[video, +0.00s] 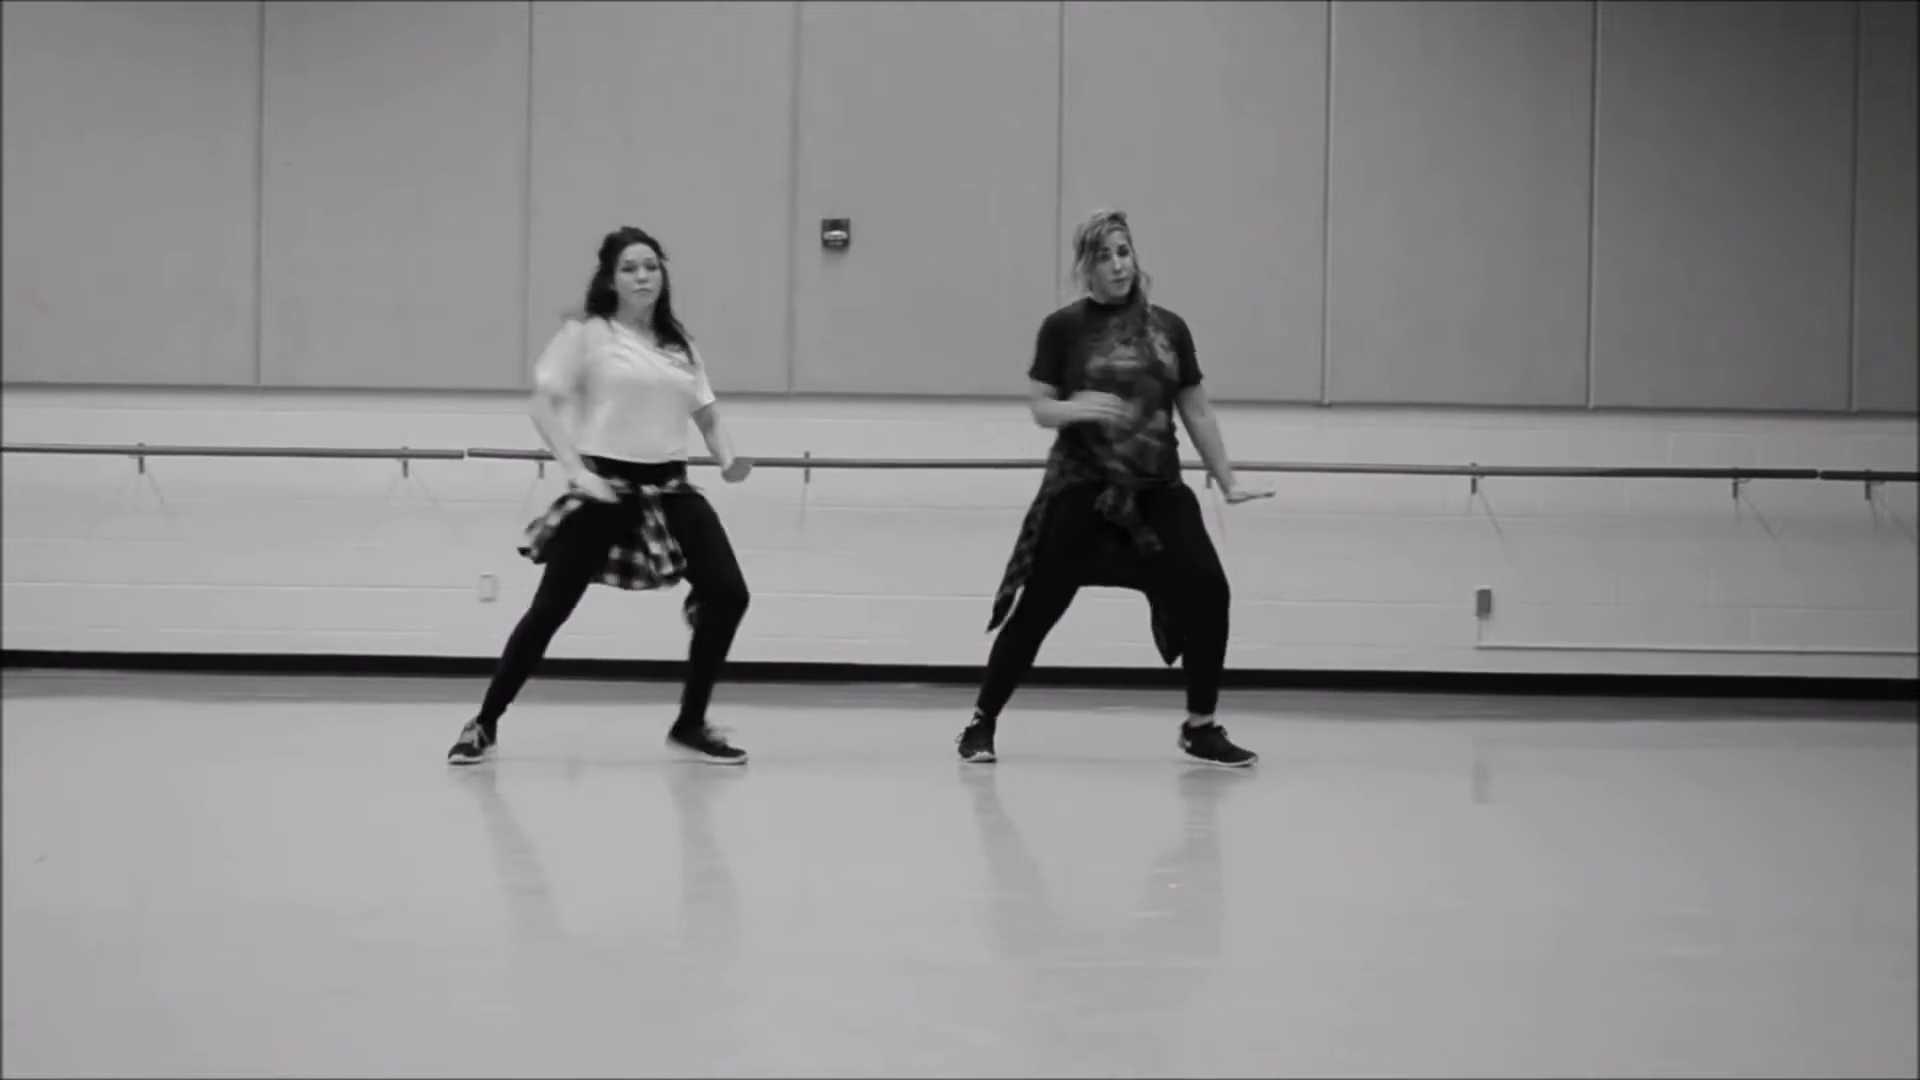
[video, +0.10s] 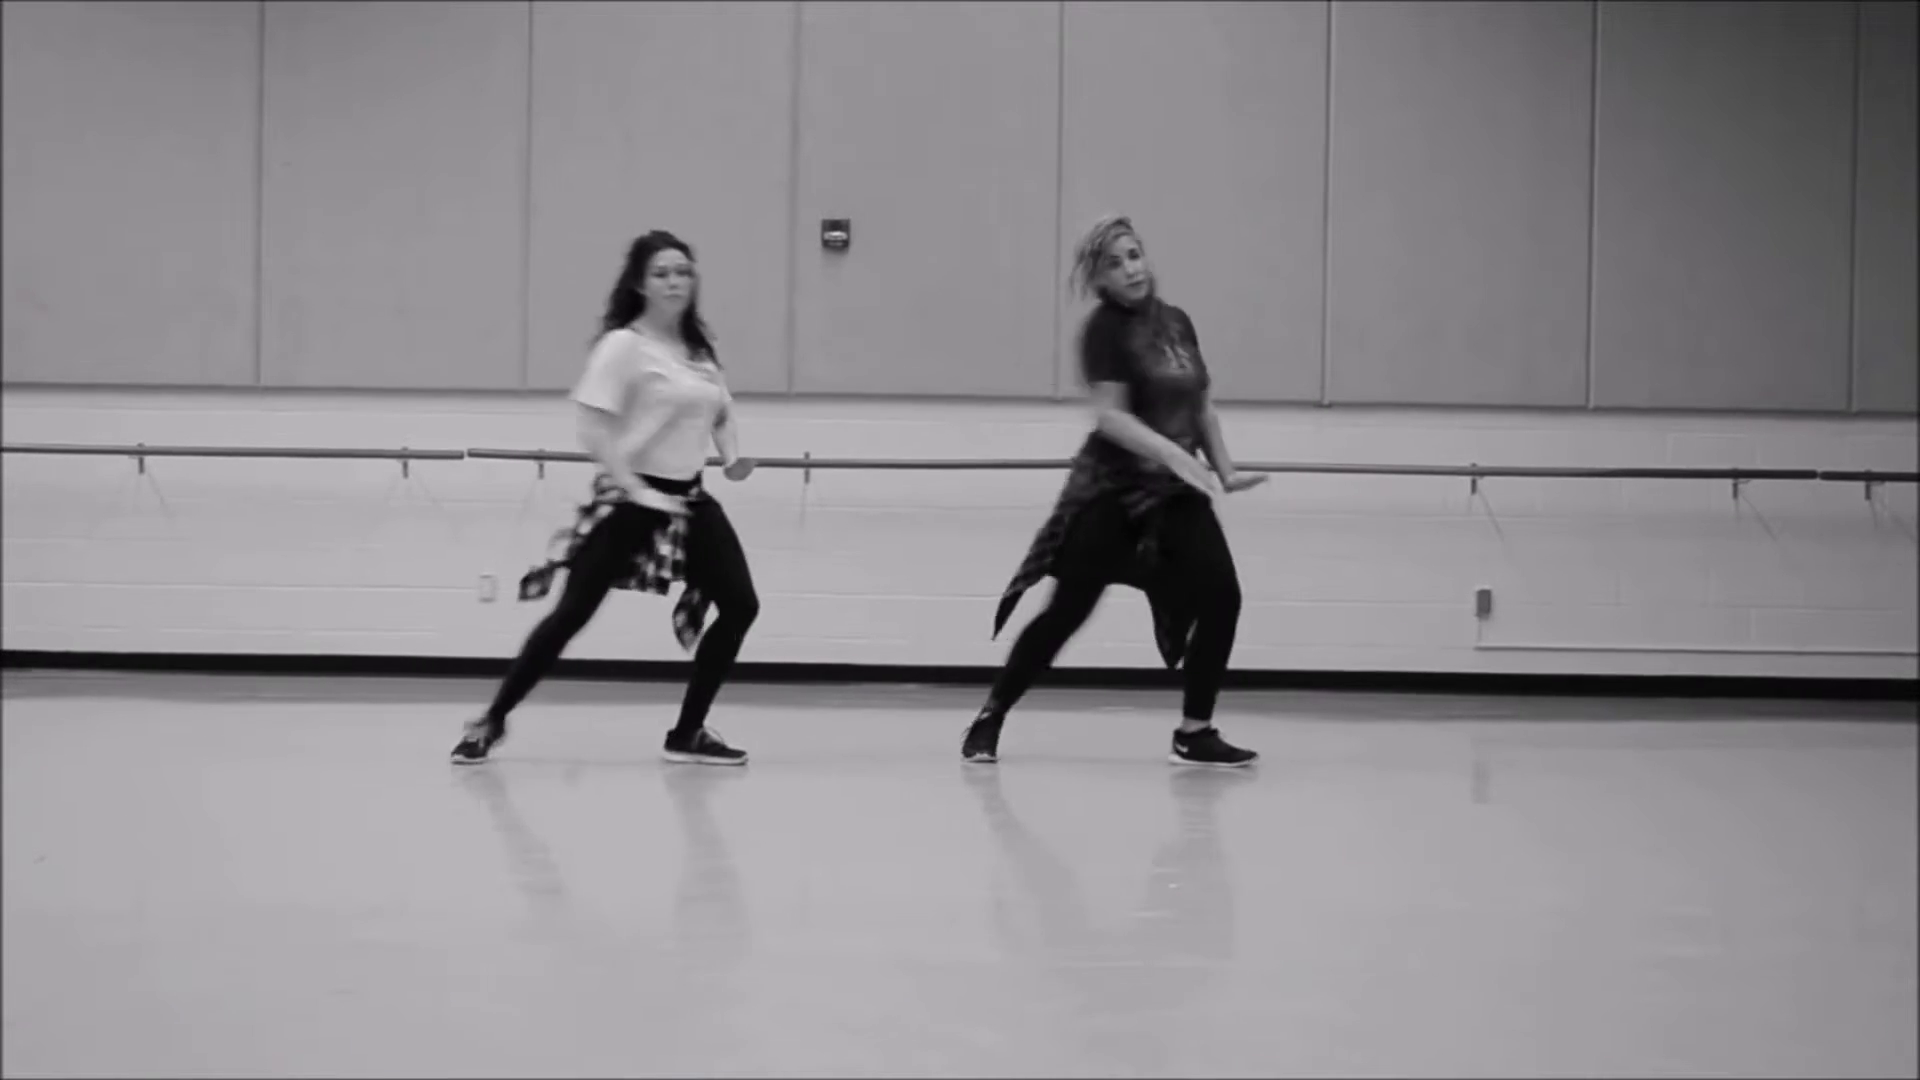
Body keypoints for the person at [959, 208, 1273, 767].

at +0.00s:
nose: (1117, 263)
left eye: (1124, 252)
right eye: (1104, 255)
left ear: (1136, 259)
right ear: (1086, 266)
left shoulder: (1168, 329)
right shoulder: (1063, 329)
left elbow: (1197, 411)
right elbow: (1041, 408)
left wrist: (1228, 482)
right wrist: (1078, 407)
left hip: (1158, 492)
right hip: (1080, 490)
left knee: (1209, 593)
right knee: (1042, 603)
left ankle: (1201, 726)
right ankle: (983, 722)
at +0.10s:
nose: (1131, 267)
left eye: (1136, 255)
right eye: (1116, 261)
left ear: (1149, 259)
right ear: (1097, 277)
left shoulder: (1176, 322)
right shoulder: (1106, 327)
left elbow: (1200, 403)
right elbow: (1107, 415)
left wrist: (1225, 469)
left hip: (1175, 489)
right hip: (1113, 489)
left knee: (1221, 597)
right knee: (1067, 610)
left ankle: (1195, 729)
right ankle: (991, 718)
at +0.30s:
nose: (1220, 272)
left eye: (1224, 261)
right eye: (1204, 265)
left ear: (1232, 268)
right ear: (1180, 278)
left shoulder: (1216, 333)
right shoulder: (1190, 334)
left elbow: (1217, 420)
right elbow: (1208, 427)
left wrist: (1240, 470)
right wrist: (1249, 497)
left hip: (1195, 489)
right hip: (1160, 490)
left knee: (1237, 598)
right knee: (1174, 600)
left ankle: (1201, 728)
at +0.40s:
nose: (1269, 291)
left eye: (1273, 280)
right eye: (1255, 282)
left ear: (1278, 288)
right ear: (1226, 293)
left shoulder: (1225, 342)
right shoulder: (1229, 347)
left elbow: (1222, 435)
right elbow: (1244, 446)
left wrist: (1244, 479)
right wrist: (1290, 516)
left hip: (1183, 486)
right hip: (1169, 489)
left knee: (1232, 598)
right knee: (1236, 598)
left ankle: (1205, 723)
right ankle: (1202, 726)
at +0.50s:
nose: (1311, 324)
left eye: (1315, 314)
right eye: (1300, 313)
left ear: (1314, 317)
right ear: (1268, 318)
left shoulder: (1241, 362)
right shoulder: (1260, 369)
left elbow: (1222, 438)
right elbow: (1273, 469)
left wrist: (1247, 493)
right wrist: (1335, 523)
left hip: (1177, 489)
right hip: (1172, 493)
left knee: (1241, 601)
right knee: (1249, 592)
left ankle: (1197, 729)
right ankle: (1283, 728)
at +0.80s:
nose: (1363, 377)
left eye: (1371, 368)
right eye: (1366, 363)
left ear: (1347, 342)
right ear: (1349, 342)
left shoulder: (1300, 359)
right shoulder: (1284, 347)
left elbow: (1238, 416)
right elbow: (1320, 431)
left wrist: (1266, 466)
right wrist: (1370, 489)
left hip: (1224, 488)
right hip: (1207, 487)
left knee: (1252, 605)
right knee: (1289, 591)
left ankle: (1202, 730)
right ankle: (1317, 734)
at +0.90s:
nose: (1344, 318)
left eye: (1349, 310)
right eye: (1342, 304)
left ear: (1308, 283)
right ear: (1317, 285)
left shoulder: (1277, 323)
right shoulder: (1262, 322)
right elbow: (1300, 418)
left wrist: (1278, 450)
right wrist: (1348, 489)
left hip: (1247, 477)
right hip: (1227, 478)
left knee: (1254, 597)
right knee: (1303, 576)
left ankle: (1202, 727)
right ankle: (1324, 726)